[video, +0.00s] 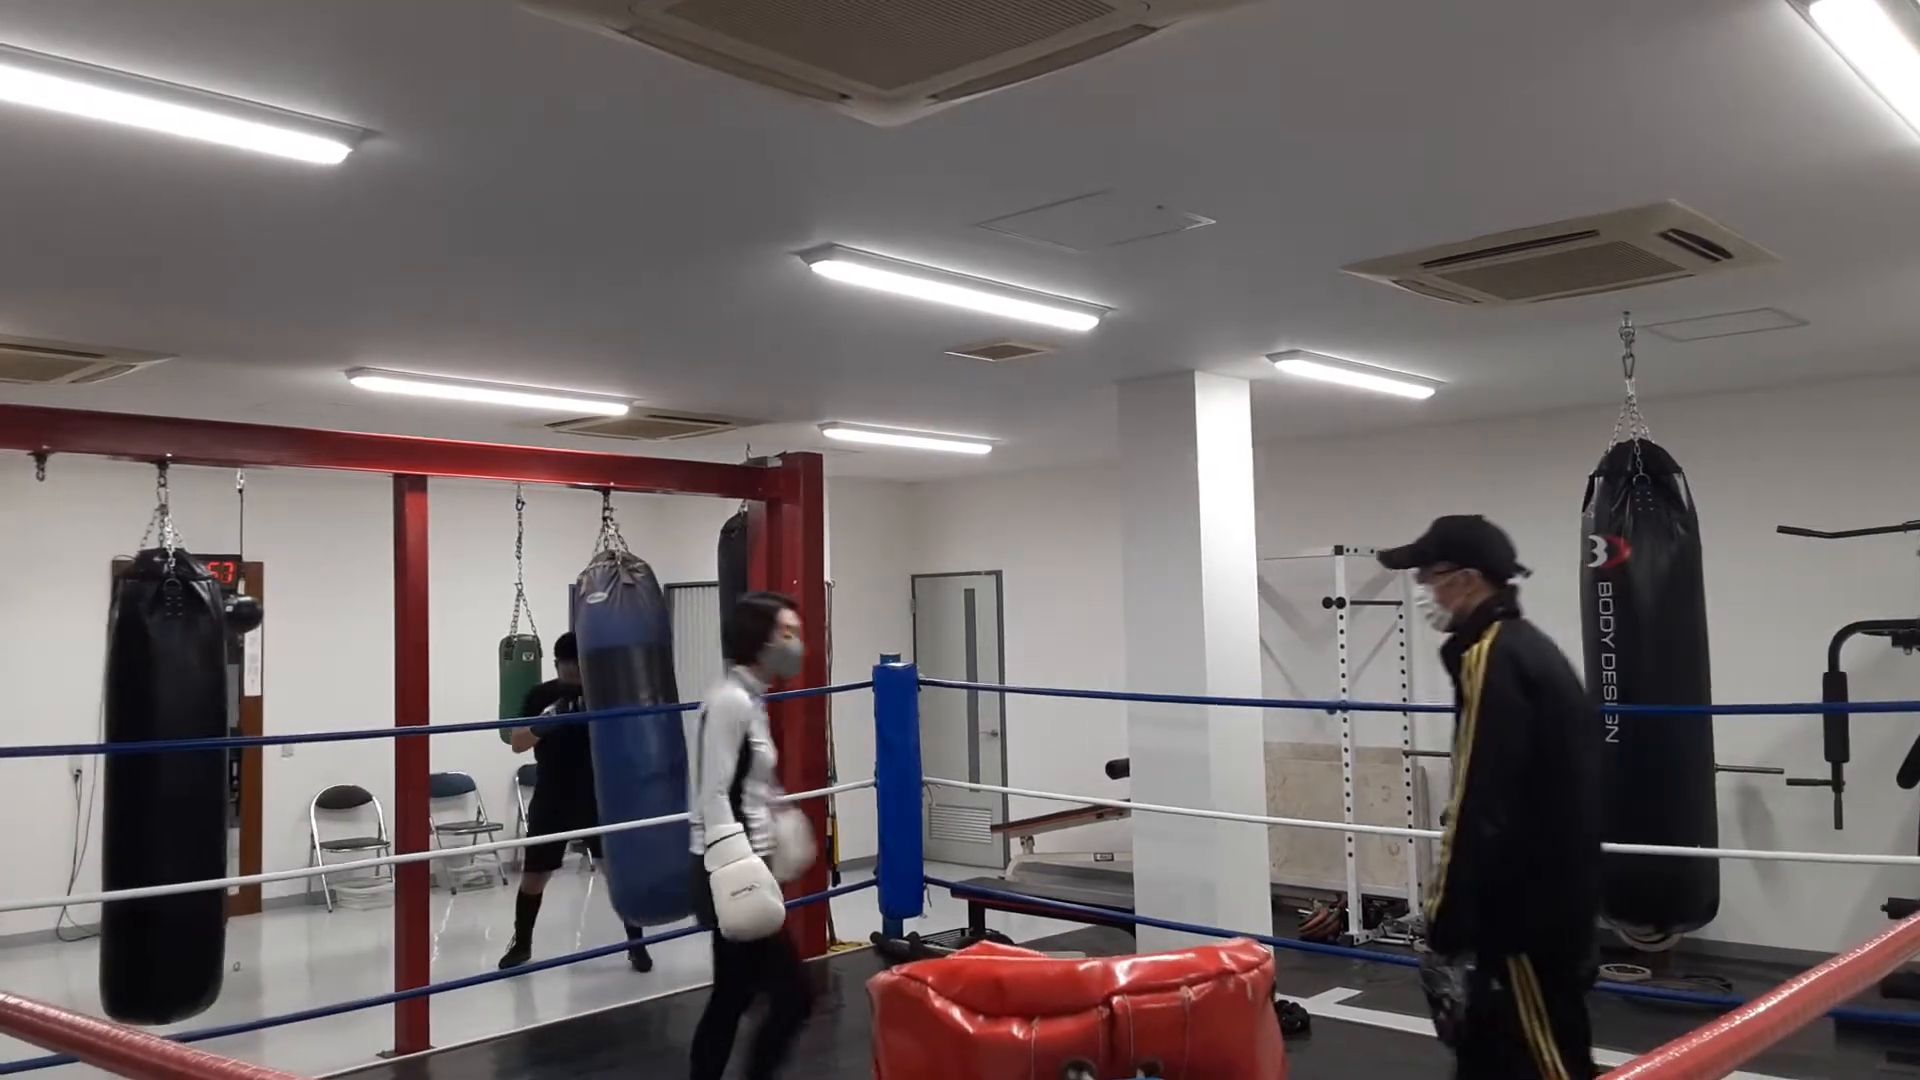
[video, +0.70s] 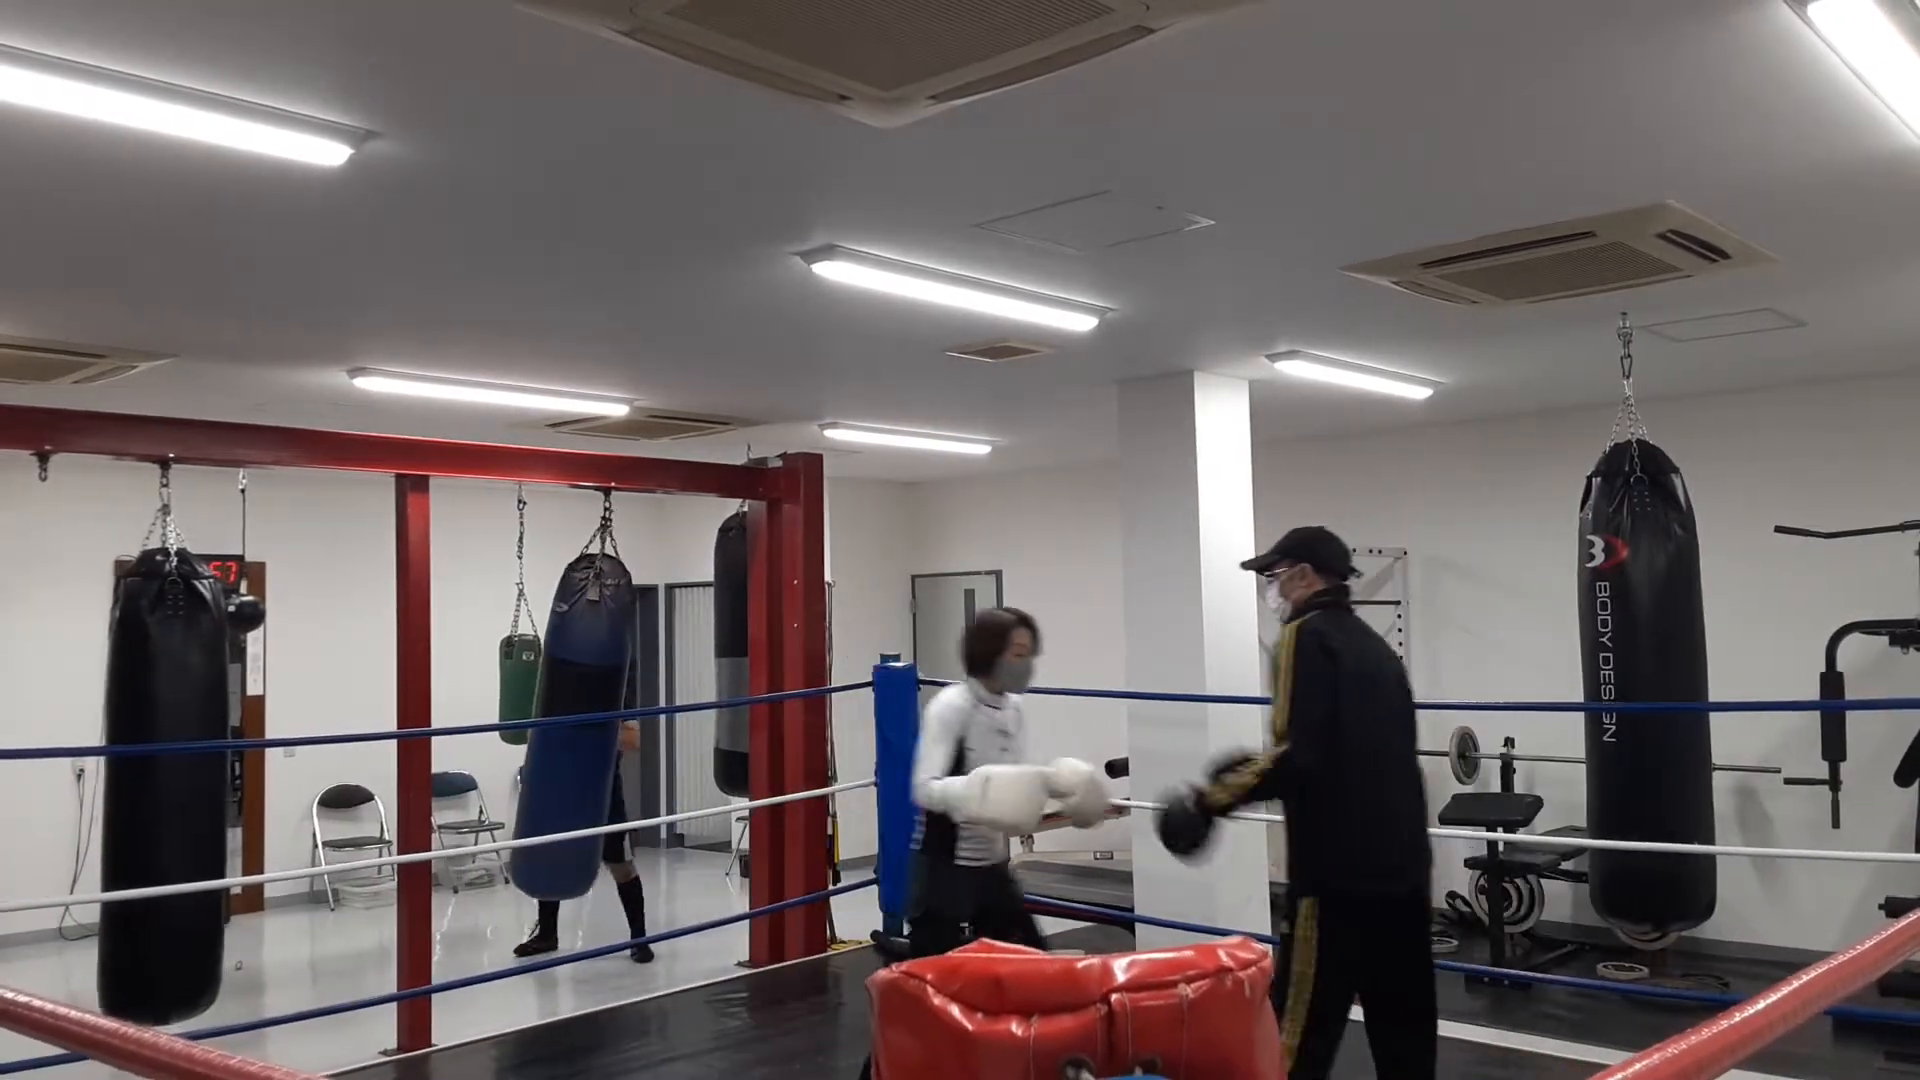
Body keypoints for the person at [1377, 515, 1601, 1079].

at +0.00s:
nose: (1428, 590)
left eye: (1434, 576)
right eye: (1426, 578)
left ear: (1467, 578)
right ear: (1477, 578)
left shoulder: (1492, 656)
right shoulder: (1530, 649)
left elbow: (1478, 805)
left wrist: (1445, 934)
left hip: (1518, 917)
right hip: (1549, 904)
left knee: (1548, 1062)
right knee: (1498, 1063)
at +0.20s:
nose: (1375, 591)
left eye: (1382, 579)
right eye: (1375, 580)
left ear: (1413, 582)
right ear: (1422, 582)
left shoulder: (1433, 654)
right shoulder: (1457, 647)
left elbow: (1431, 790)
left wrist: (1419, 908)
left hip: (1461, 904)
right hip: (1476, 897)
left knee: (1482, 1049)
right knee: (1446, 1051)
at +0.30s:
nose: (1352, 591)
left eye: (1357, 578)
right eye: (1352, 580)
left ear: (1389, 575)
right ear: (1400, 576)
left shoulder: (1403, 644)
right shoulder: (1443, 641)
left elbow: (1399, 778)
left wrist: (1395, 896)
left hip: (1427, 890)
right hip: (1465, 883)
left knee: (1427, 1038)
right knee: (1450, 1035)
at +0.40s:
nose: (1329, 591)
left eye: (1335, 576)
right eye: (1329, 578)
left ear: (1368, 573)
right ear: (1378, 575)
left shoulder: (1379, 635)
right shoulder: (1424, 638)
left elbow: (1374, 765)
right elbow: (1439, 774)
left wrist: (1359, 883)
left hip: (1401, 880)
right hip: (1443, 873)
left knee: (1388, 1032)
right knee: (1434, 1028)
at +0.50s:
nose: (1312, 590)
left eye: (1318, 576)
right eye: (1311, 578)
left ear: (1349, 573)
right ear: (1364, 576)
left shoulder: (1359, 631)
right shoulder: (1408, 638)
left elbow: (1353, 768)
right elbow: (1426, 768)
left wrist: (1317, 878)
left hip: (1384, 866)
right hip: (1433, 862)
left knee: (1341, 1004)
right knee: (1419, 1012)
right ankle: (1423, 1077)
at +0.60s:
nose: (1297, 590)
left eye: (1303, 576)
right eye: (1296, 578)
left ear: (1332, 573)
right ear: (1355, 577)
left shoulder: (1334, 631)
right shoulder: (1394, 643)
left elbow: (1329, 759)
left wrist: (1259, 849)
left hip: (1356, 867)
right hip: (1416, 864)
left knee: (1312, 1025)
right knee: (1412, 1031)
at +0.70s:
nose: (1274, 592)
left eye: (1278, 579)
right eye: (1272, 581)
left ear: (1306, 575)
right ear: (1328, 579)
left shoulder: (1306, 636)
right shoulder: (1375, 645)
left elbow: (1296, 756)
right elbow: (1353, 758)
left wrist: (1207, 801)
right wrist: (1256, 767)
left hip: (1332, 868)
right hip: (1400, 865)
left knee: (1303, 1032)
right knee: (1406, 1036)